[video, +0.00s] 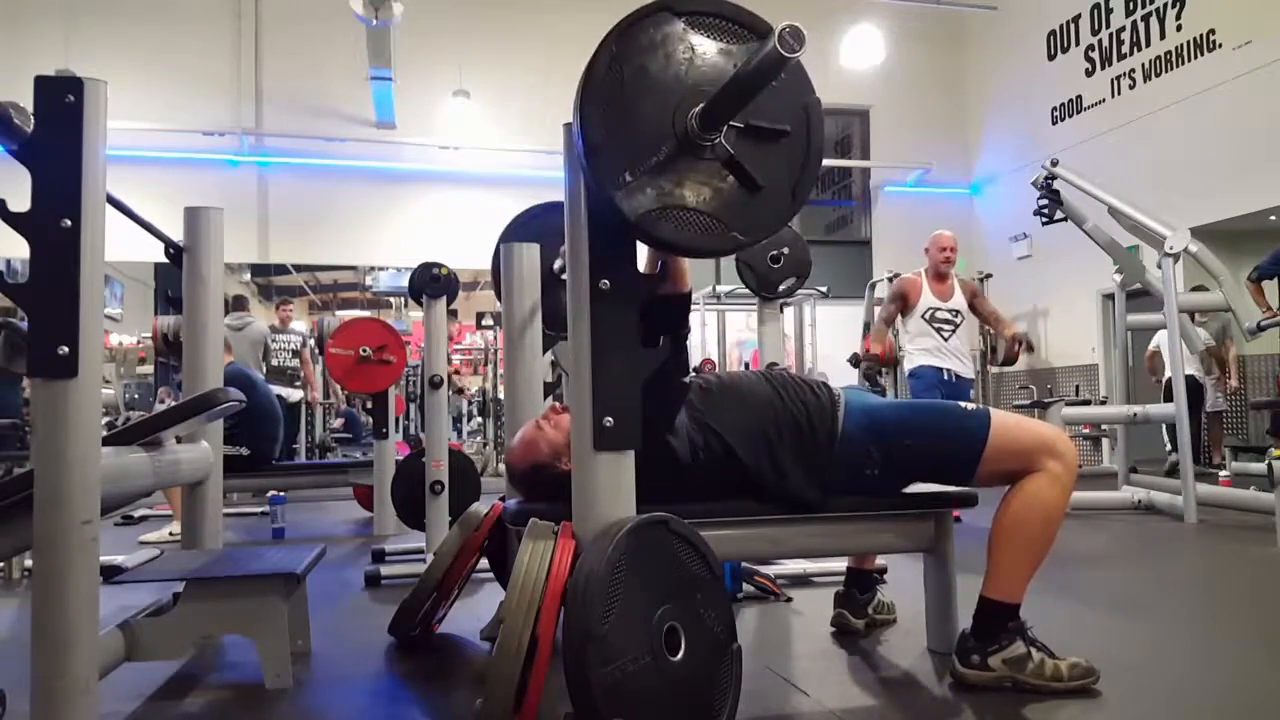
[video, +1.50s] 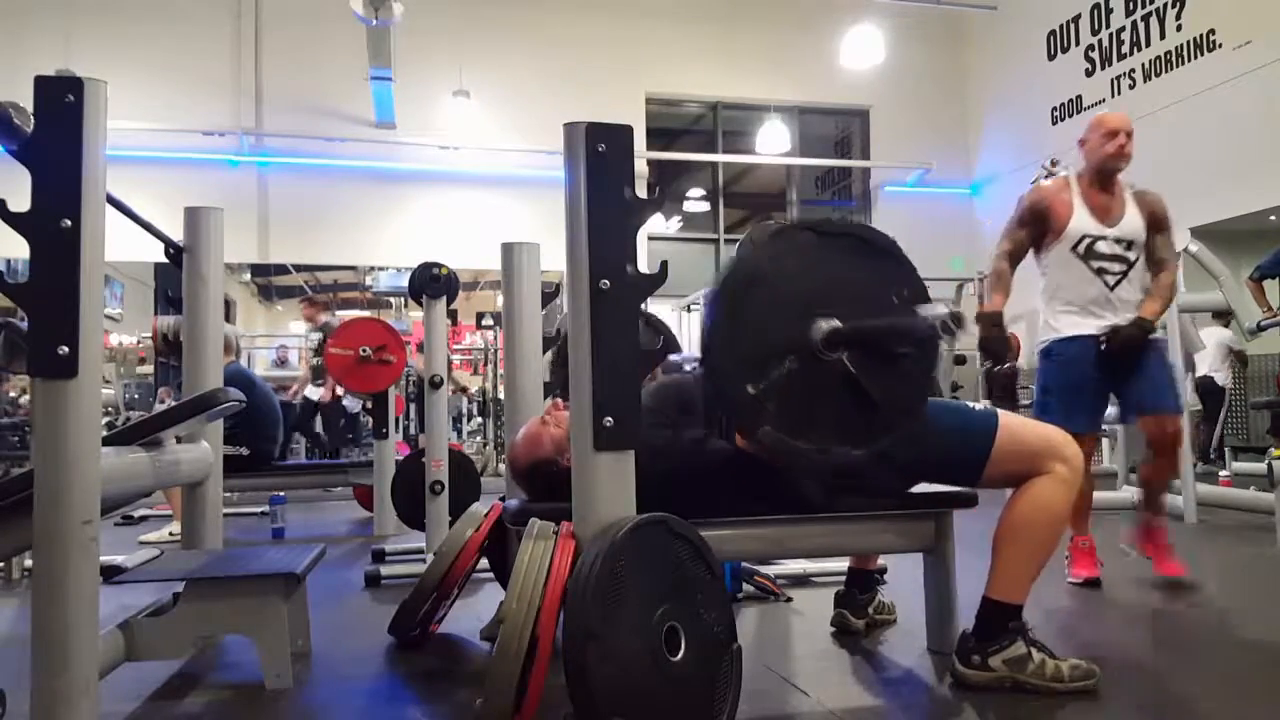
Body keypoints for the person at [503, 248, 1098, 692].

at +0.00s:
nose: (554, 409)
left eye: (544, 413)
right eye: (545, 426)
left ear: (564, 431)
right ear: (562, 463)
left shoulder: (615, 434)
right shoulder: (629, 457)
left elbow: (647, 366)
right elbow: (657, 348)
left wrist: (662, 266)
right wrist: (669, 255)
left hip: (827, 419)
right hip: (846, 435)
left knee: (922, 437)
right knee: (1054, 454)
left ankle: (858, 592)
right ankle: (992, 639)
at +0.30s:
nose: (554, 408)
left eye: (544, 411)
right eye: (548, 423)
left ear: (560, 440)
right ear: (565, 459)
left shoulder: (613, 434)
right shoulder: (635, 453)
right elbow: (687, 344)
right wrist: (697, 233)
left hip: (820, 418)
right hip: (841, 436)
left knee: (925, 431)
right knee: (1054, 452)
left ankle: (860, 590)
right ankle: (993, 639)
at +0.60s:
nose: (550, 413)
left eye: (541, 416)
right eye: (543, 426)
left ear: (555, 424)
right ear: (553, 457)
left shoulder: (613, 425)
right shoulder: (608, 449)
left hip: (802, 424)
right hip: (826, 437)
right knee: (1057, 454)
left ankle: (858, 594)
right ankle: (992, 640)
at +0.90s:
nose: (550, 406)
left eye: (540, 413)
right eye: (544, 424)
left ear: (557, 419)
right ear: (562, 456)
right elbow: (750, 457)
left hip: (811, 417)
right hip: (839, 440)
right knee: (1058, 456)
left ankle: (857, 598)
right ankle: (991, 642)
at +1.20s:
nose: (555, 404)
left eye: (545, 409)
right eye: (549, 418)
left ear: (562, 450)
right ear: (566, 451)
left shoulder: (616, 434)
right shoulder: (638, 442)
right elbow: (764, 457)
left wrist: (656, 384)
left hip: (806, 432)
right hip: (845, 440)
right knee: (1059, 456)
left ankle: (858, 595)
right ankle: (992, 641)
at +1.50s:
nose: (552, 406)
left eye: (542, 413)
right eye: (546, 423)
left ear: (563, 422)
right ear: (564, 453)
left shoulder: (626, 419)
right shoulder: (627, 451)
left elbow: (721, 403)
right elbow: (738, 435)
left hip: (808, 428)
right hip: (843, 438)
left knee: (892, 444)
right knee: (1060, 457)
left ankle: (858, 597)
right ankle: (993, 639)